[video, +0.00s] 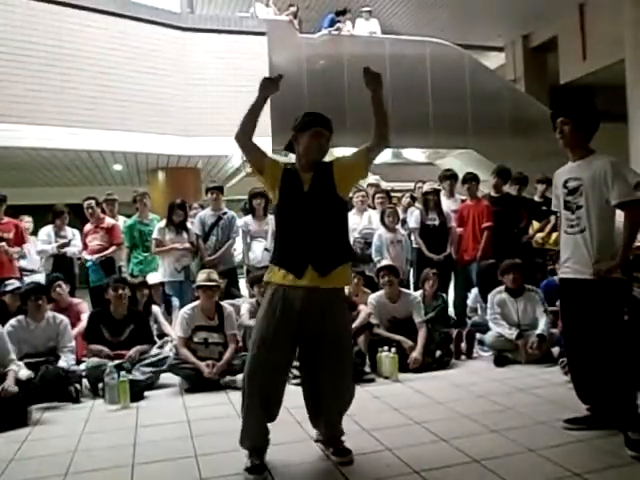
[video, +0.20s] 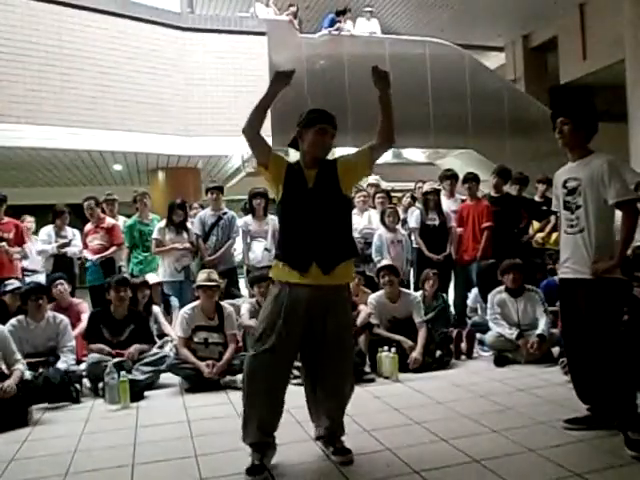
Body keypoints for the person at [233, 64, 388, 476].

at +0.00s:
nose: (320, 142)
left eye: (325, 138)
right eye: (313, 135)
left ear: (329, 145)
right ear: (295, 139)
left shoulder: (341, 172)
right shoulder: (276, 173)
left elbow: (380, 141)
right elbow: (244, 138)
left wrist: (377, 93)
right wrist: (262, 97)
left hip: (330, 291)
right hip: (283, 289)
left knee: (336, 371)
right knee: (262, 371)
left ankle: (330, 433)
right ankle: (255, 450)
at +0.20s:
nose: (325, 137)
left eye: (329, 133)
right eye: (318, 131)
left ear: (334, 141)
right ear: (299, 136)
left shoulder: (345, 170)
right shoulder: (281, 170)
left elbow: (384, 141)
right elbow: (251, 132)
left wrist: (384, 94)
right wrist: (273, 91)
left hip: (334, 286)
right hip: (288, 286)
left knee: (335, 366)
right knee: (264, 366)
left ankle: (330, 433)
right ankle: (260, 448)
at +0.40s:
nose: (321, 139)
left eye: (326, 135)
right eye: (315, 133)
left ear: (331, 142)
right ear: (297, 138)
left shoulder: (344, 173)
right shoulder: (282, 177)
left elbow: (388, 153)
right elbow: (247, 145)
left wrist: (390, 106)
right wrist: (266, 100)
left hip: (338, 289)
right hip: (291, 289)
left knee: (339, 367)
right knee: (272, 370)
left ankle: (331, 433)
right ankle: (263, 451)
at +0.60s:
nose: (311, 153)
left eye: (315, 144)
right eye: (303, 150)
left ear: (328, 141)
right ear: (297, 154)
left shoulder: (356, 183)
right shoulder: (294, 185)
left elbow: (403, 178)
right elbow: (255, 189)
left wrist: (378, 180)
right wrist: (227, 177)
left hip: (338, 289)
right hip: (295, 284)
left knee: (336, 365)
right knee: (279, 363)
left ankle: (330, 432)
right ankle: (268, 438)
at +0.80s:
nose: (336, 150)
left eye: (339, 144)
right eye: (332, 142)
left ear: (339, 143)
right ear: (312, 139)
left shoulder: (343, 177)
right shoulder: (283, 174)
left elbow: (388, 183)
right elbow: (261, 165)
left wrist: (428, 161)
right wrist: (297, 144)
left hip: (334, 284)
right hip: (293, 277)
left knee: (332, 365)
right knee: (242, 279)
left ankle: (330, 434)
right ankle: (280, 353)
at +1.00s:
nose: (325, 147)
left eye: (329, 140)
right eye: (318, 140)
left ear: (334, 144)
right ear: (301, 143)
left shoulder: (339, 179)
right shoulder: (279, 175)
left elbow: (377, 197)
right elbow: (259, 214)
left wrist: (385, 183)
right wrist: (289, 187)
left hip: (326, 281)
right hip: (283, 274)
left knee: (332, 364)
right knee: (245, 268)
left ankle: (328, 434)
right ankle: (284, 343)